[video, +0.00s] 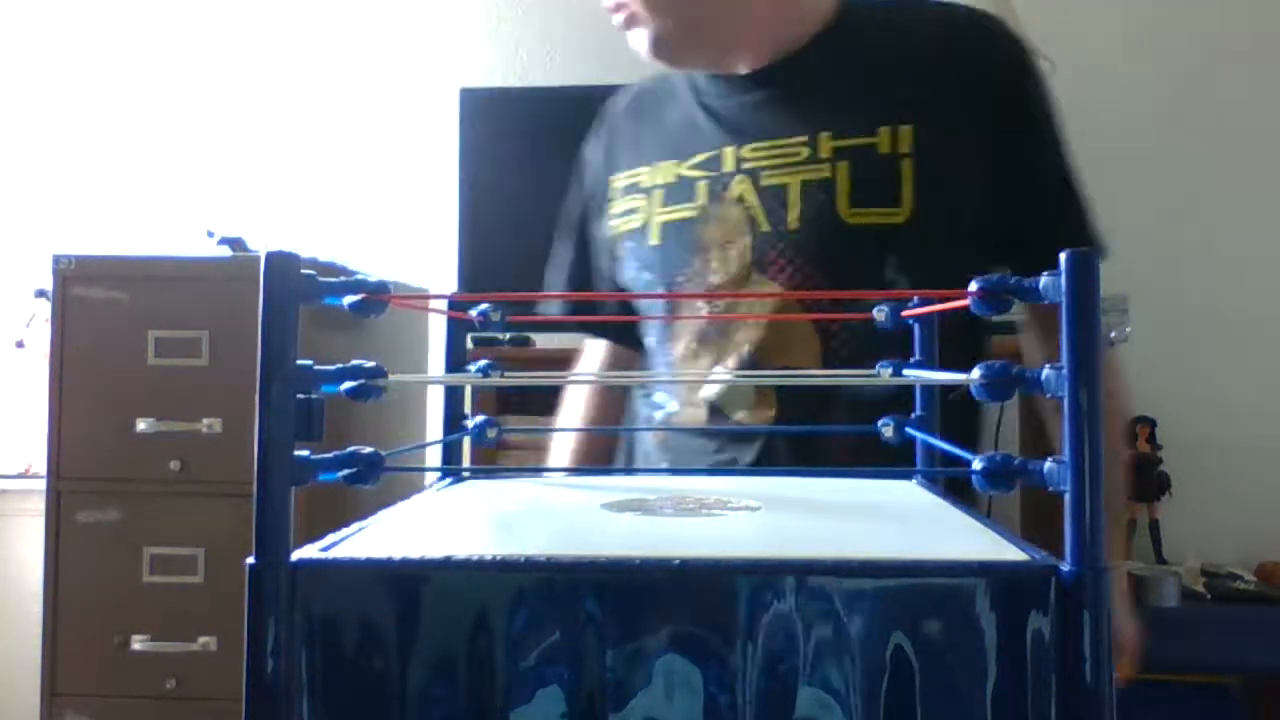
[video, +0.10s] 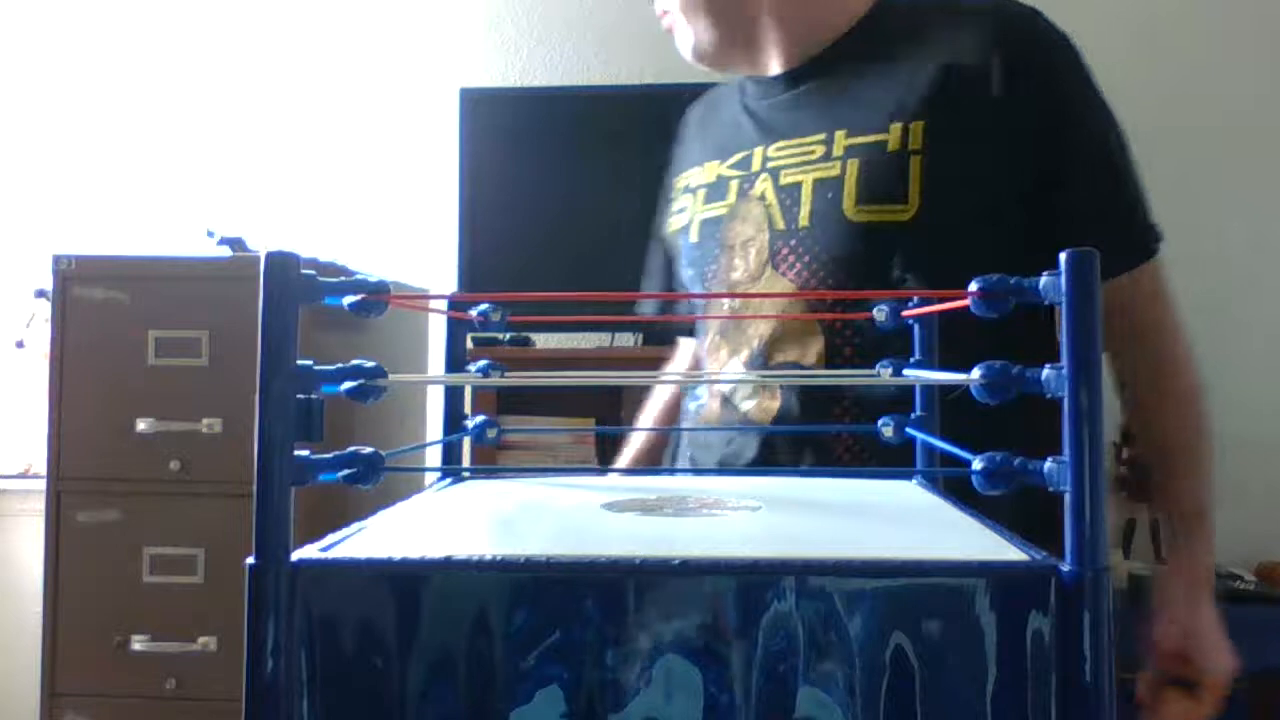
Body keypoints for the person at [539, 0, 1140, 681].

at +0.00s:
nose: (610, 0)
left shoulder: (964, 64)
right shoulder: (622, 127)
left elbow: (1067, 345)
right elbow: (603, 361)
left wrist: (1102, 572)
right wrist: (547, 546)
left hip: (900, 589)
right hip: (668, 590)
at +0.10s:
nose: (656, 3)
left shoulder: (998, 53)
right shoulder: (700, 125)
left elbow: (1143, 331)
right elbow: (706, 345)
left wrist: (1187, 576)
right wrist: (613, 510)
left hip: (960, 606)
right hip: (726, 603)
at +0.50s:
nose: (680, 6)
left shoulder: (1000, 44)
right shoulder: (767, 126)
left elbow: (1162, 323)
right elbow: (777, 367)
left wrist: (1187, 609)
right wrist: (631, 441)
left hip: (969, 606)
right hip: (769, 600)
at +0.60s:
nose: (674, 7)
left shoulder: (990, 44)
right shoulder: (752, 125)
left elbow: (1145, 321)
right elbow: (756, 354)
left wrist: (1177, 599)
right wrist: (566, 374)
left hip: (962, 605)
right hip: (752, 603)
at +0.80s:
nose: (650, 3)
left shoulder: (966, 50)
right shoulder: (708, 125)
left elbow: (1115, 318)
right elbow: (653, 313)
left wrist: (1167, 581)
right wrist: (463, 248)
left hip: (935, 598)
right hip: (720, 596)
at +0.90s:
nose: (652, 3)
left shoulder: (939, 55)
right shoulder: (668, 130)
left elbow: (1091, 310)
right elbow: (562, 264)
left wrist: (1144, 562)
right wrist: (394, 211)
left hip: (916, 585)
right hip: (695, 585)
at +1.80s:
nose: (651, 2)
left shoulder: (873, 83)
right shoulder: (561, 123)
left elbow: (965, 319)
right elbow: (450, 251)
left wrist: (1020, 510)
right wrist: (301, 224)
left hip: (832, 532)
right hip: (613, 535)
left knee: (833, 703)